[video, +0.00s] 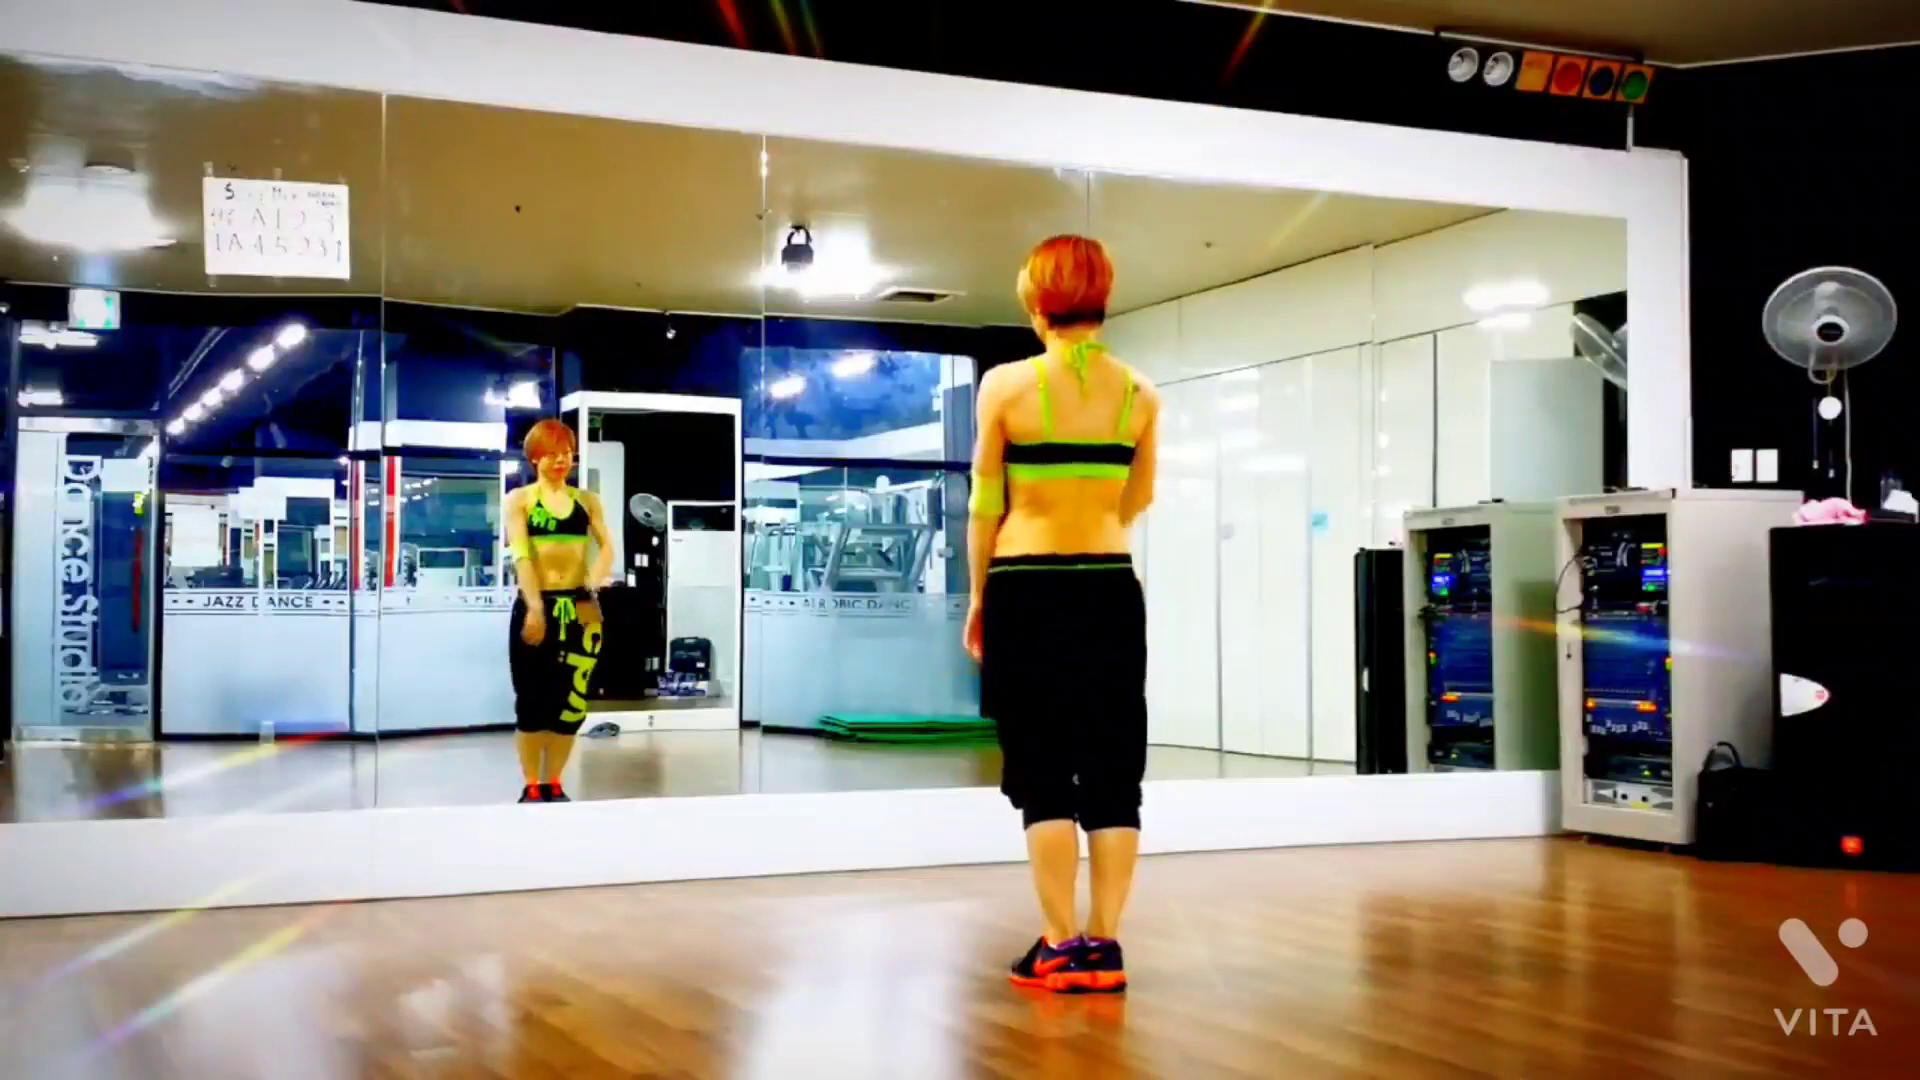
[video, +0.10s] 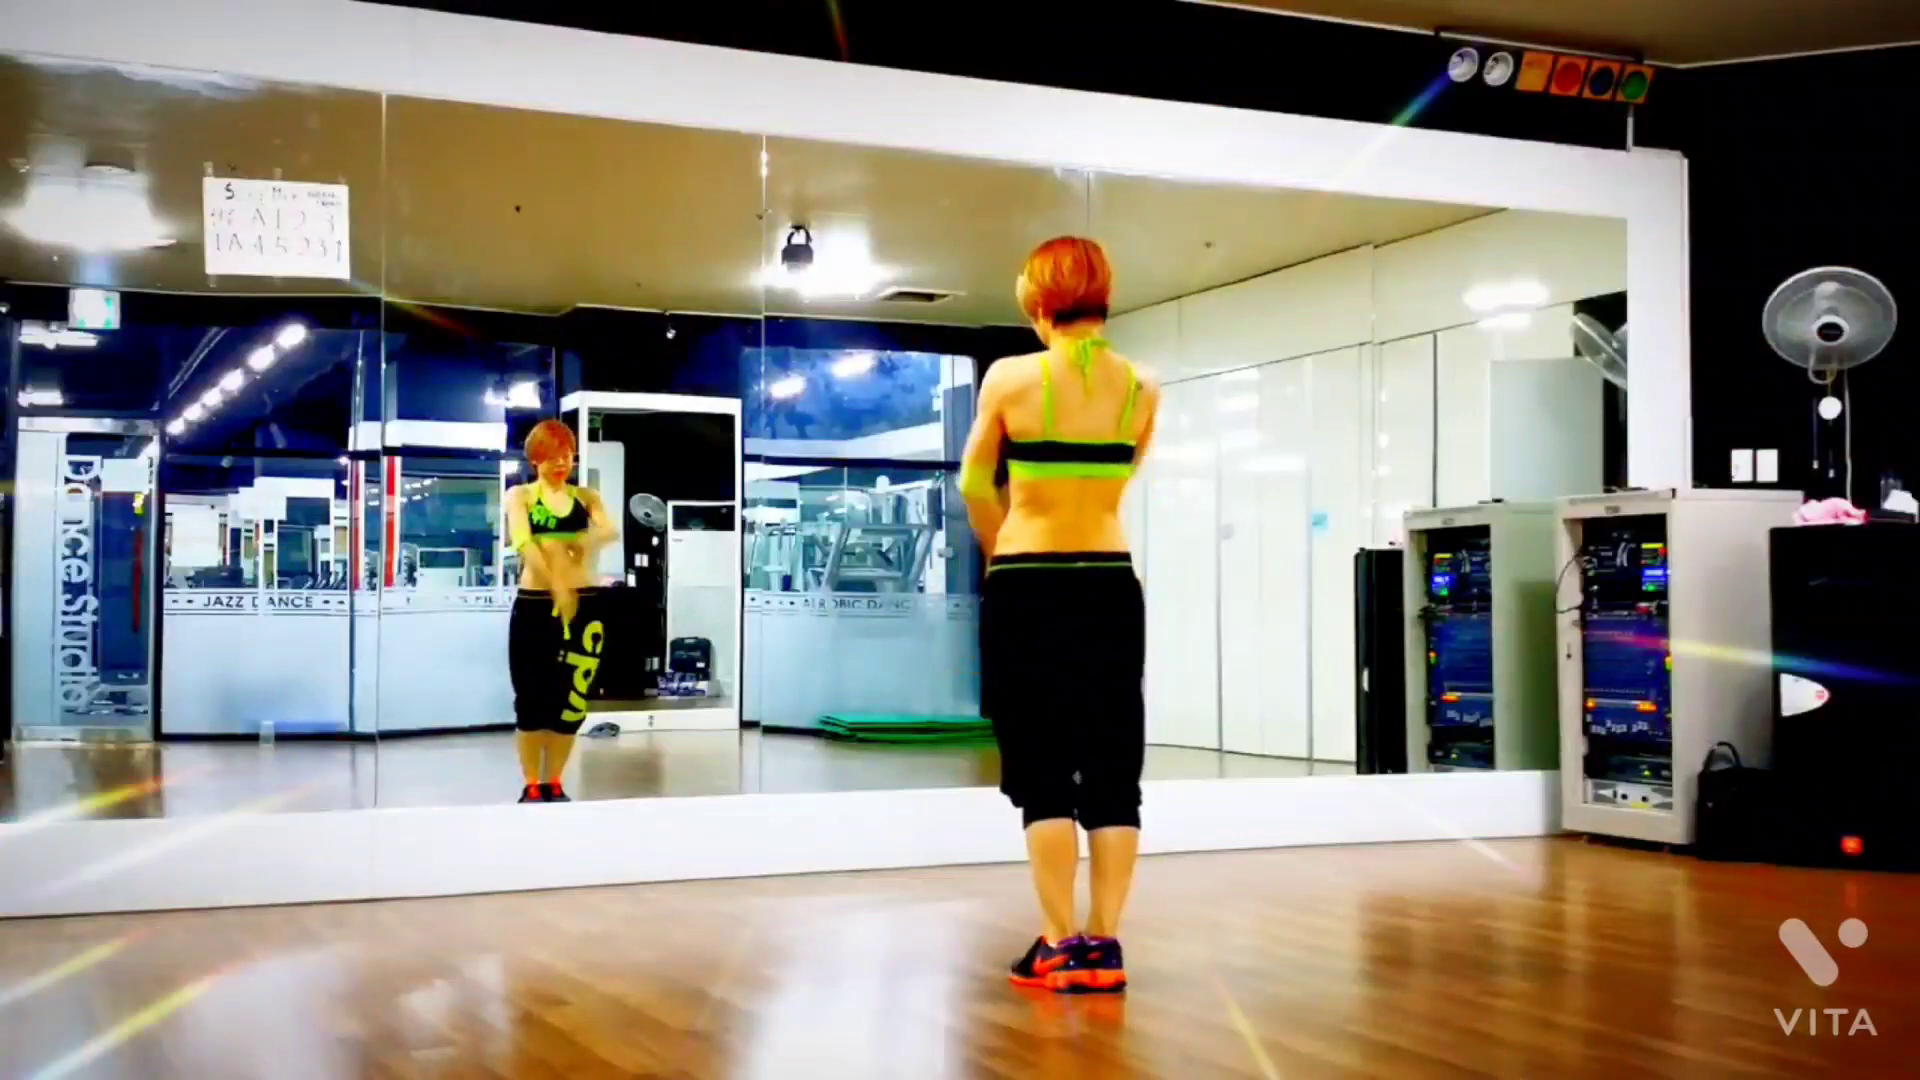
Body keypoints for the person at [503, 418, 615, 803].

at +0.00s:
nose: (560, 462)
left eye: (566, 455)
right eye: (551, 455)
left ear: (573, 457)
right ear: (535, 459)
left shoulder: (587, 501)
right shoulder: (519, 500)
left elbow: (607, 548)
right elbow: (523, 556)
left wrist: (595, 582)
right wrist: (535, 606)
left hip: (580, 606)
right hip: (537, 604)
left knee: (571, 699)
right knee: (533, 699)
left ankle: (552, 783)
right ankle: (531, 785)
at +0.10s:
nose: (560, 465)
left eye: (566, 457)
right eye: (551, 459)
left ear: (573, 458)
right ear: (535, 461)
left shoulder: (586, 496)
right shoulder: (519, 496)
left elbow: (611, 531)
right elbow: (525, 545)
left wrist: (577, 542)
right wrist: (557, 585)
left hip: (580, 603)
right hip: (533, 604)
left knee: (570, 697)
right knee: (532, 698)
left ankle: (553, 783)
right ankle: (531, 785)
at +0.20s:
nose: (561, 465)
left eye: (566, 458)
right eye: (552, 459)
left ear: (574, 459)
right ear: (537, 461)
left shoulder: (583, 496)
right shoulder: (520, 490)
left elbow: (611, 485)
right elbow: (524, 513)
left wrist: (566, 488)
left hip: (581, 602)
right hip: (533, 602)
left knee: (571, 700)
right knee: (531, 700)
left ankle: (553, 783)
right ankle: (531, 785)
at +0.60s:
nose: (554, 461)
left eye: (559, 454)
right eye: (546, 456)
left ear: (568, 458)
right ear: (531, 463)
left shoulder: (585, 499)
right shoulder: (521, 501)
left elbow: (590, 518)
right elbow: (549, 518)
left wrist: (577, 482)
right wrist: (566, 487)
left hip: (576, 608)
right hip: (530, 609)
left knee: (570, 708)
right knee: (537, 706)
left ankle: (553, 782)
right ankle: (532, 785)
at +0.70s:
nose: (554, 485)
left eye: (559, 478)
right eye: (545, 479)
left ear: (568, 488)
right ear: (531, 493)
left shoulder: (586, 537)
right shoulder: (521, 533)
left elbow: (583, 579)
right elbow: (537, 577)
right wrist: (570, 588)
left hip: (573, 640)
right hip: (529, 641)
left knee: (572, 733)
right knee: (540, 728)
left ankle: (552, 783)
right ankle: (532, 787)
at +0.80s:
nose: (556, 488)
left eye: (561, 483)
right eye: (547, 484)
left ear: (571, 494)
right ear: (532, 498)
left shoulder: (587, 543)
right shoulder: (519, 542)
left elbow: (591, 596)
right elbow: (521, 602)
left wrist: (589, 638)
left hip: (572, 637)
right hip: (529, 638)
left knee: (573, 729)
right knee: (538, 722)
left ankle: (553, 783)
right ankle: (532, 786)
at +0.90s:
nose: (554, 478)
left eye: (560, 472)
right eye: (545, 473)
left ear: (569, 484)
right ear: (531, 487)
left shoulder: (586, 534)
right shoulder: (516, 531)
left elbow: (604, 587)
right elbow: (494, 589)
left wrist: (619, 639)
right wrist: (479, 641)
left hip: (574, 637)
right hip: (528, 637)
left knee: (572, 730)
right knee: (536, 725)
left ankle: (551, 784)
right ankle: (531, 789)